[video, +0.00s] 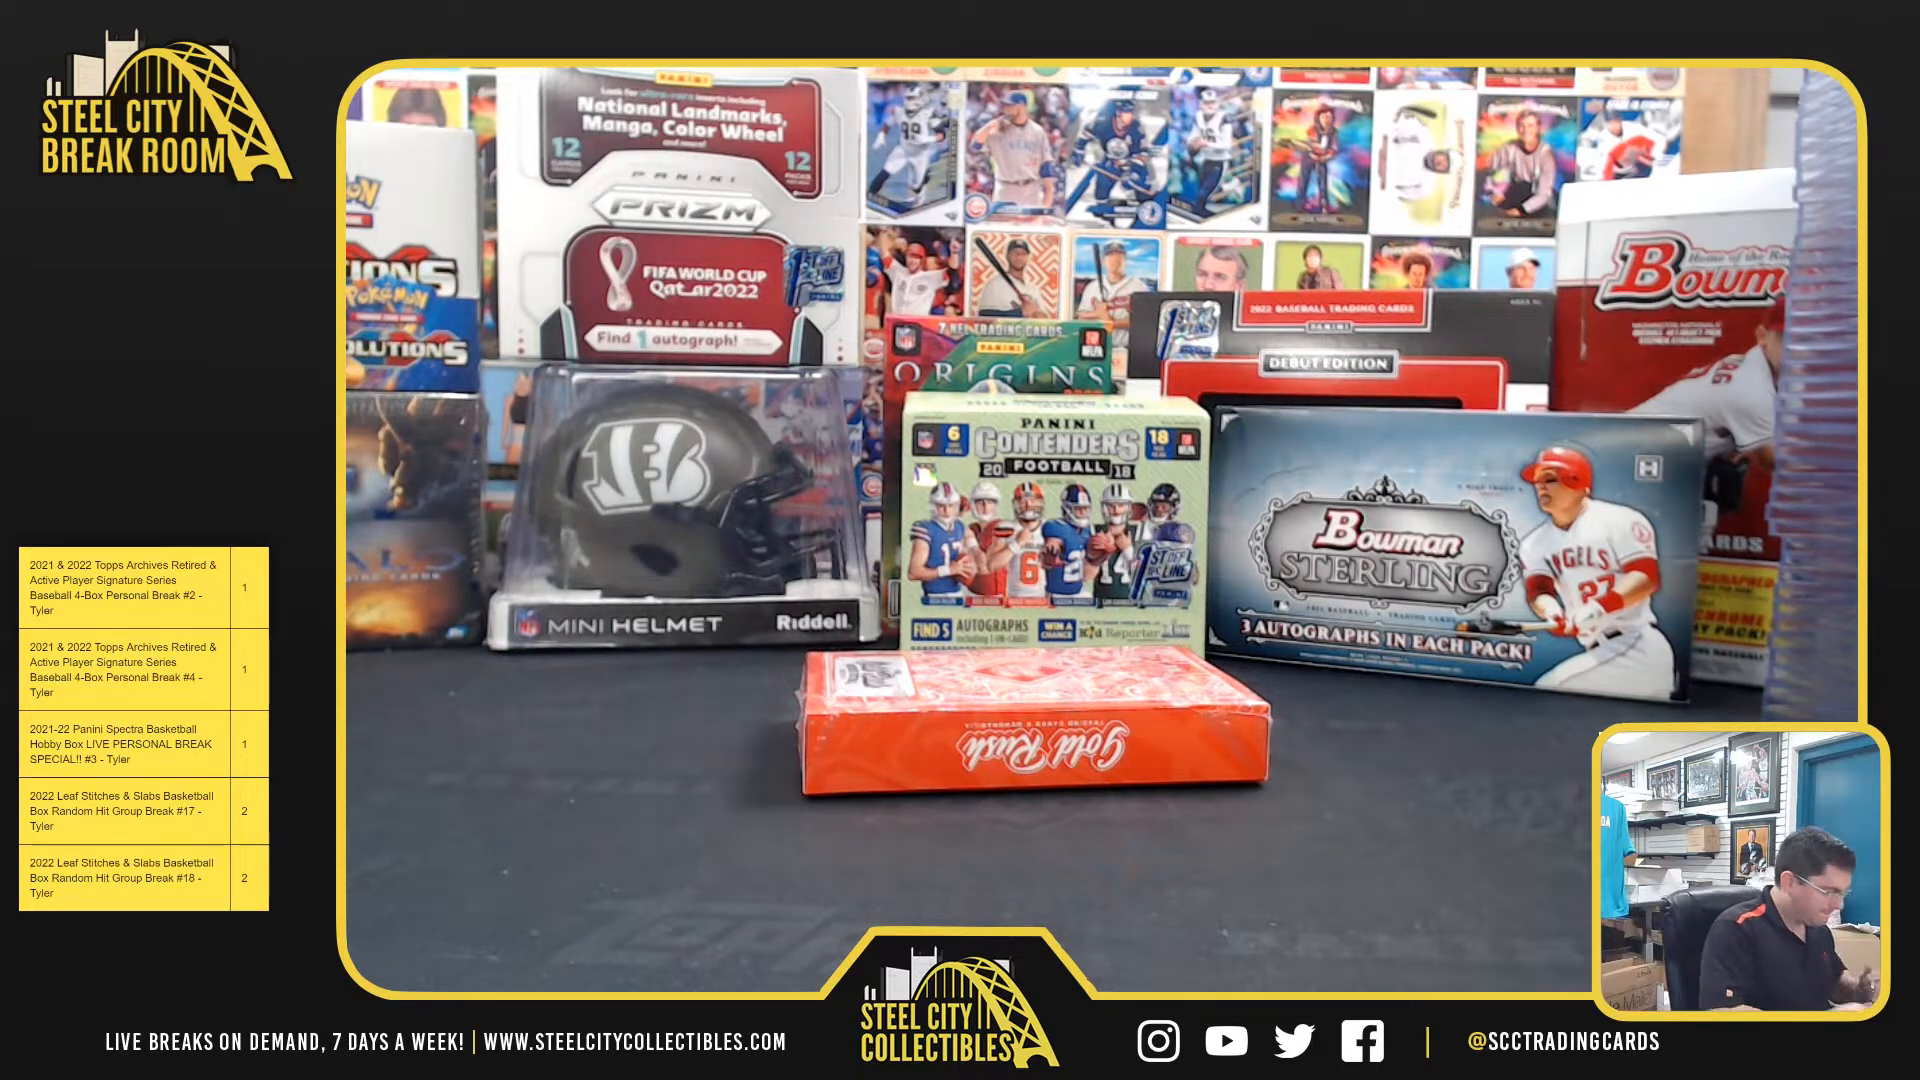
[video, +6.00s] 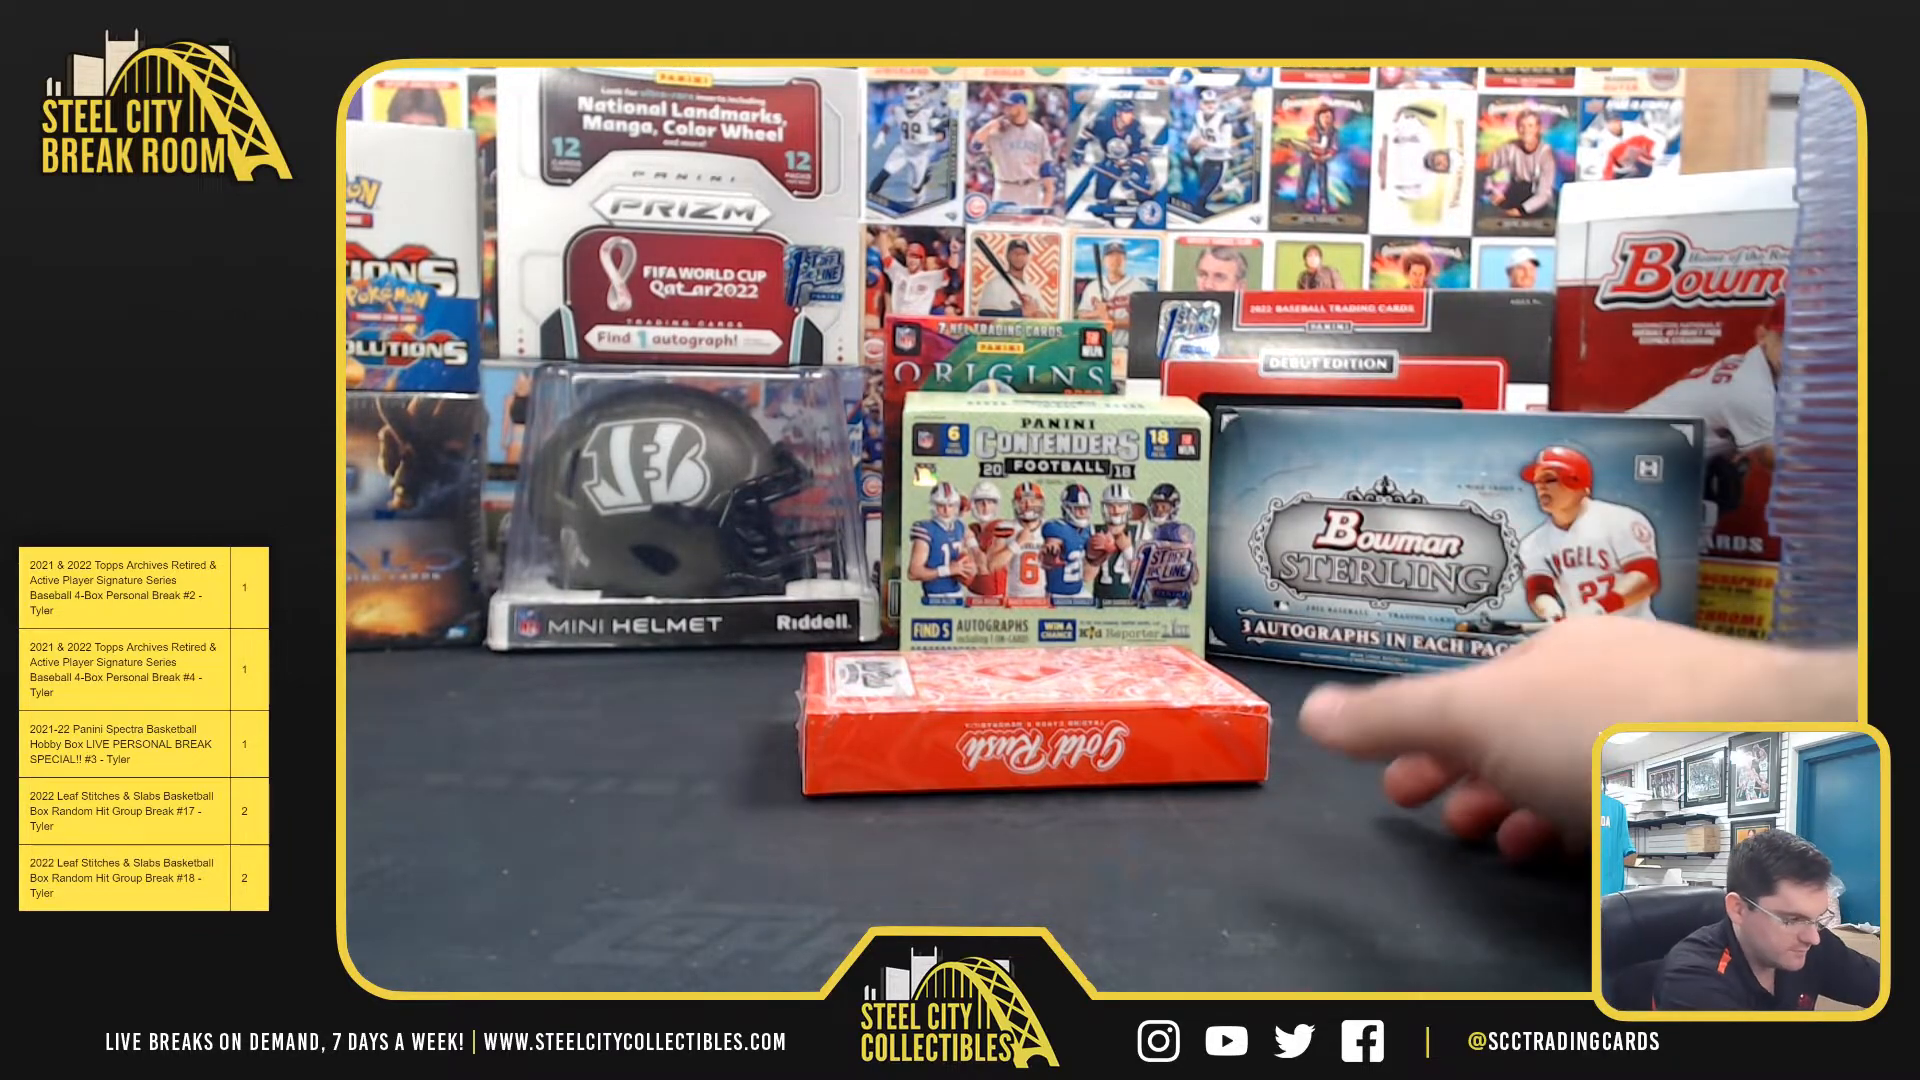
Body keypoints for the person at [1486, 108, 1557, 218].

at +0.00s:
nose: (1526, 130)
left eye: (1530, 126)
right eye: (1522, 126)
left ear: (1538, 128)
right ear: (1517, 129)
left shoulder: (1545, 154)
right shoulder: (1507, 150)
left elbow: (1545, 192)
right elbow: (1491, 177)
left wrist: (1523, 209)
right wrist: (1494, 193)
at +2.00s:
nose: (1526, 131)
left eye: (1530, 126)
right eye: (1522, 126)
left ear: (1538, 129)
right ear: (1517, 129)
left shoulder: (1545, 154)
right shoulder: (1507, 151)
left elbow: (1545, 192)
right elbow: (1491, 178)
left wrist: (1523, 209)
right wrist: (1494, 194)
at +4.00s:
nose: (1526, 130)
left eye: (1530, 126)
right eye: (1522, 126)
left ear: (1538, 128)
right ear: (1518, 129)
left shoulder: (1545, 154)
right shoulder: (1506, 151)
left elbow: (1545, 192)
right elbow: (1491, 179)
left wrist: (1523, 209)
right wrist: (1495, 193)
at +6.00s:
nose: (1526, 130)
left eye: (1530, 126)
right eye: (1522, 126)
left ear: (1539, 128)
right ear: (1518, 129)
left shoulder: (1545, 153)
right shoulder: (1507, 150)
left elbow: (1545, 191)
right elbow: (1489, 178)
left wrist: (1523, 209)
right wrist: (1495, 193)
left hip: (1535, 187)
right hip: (1513, 186)